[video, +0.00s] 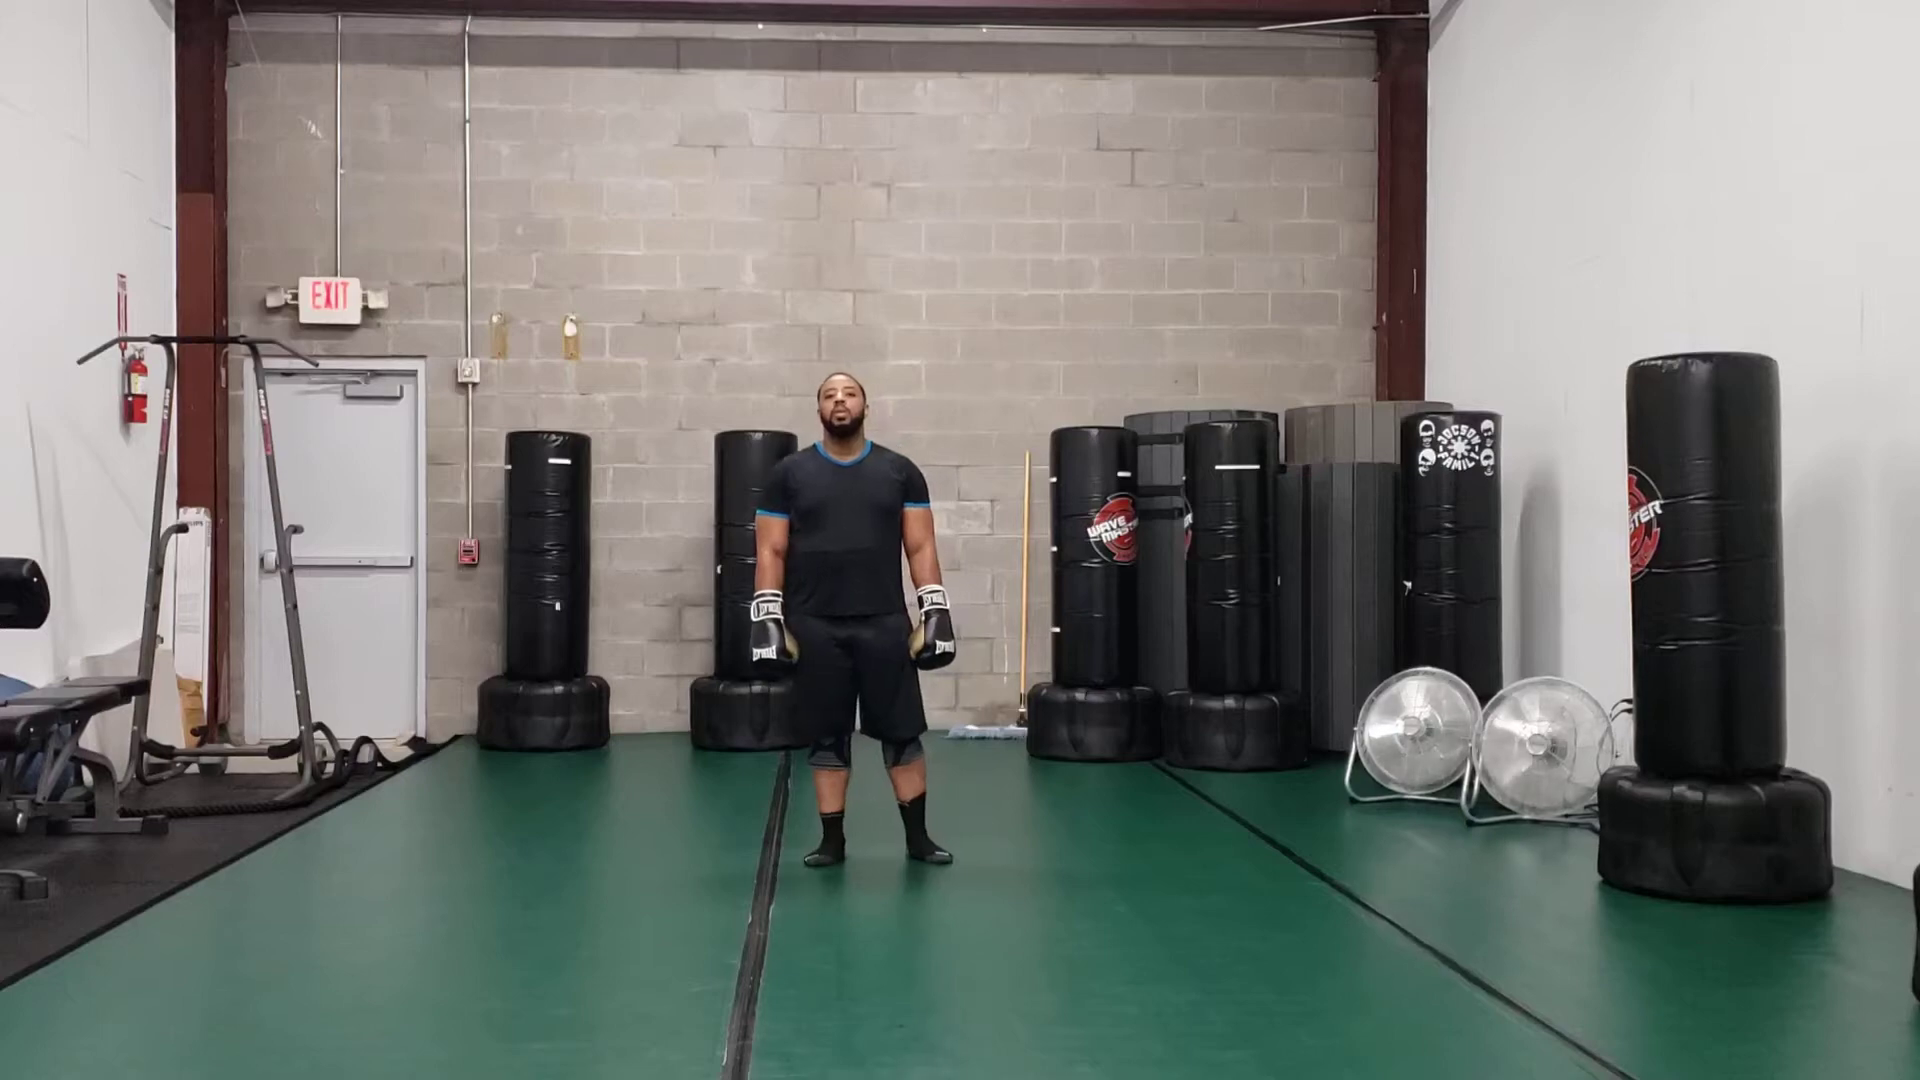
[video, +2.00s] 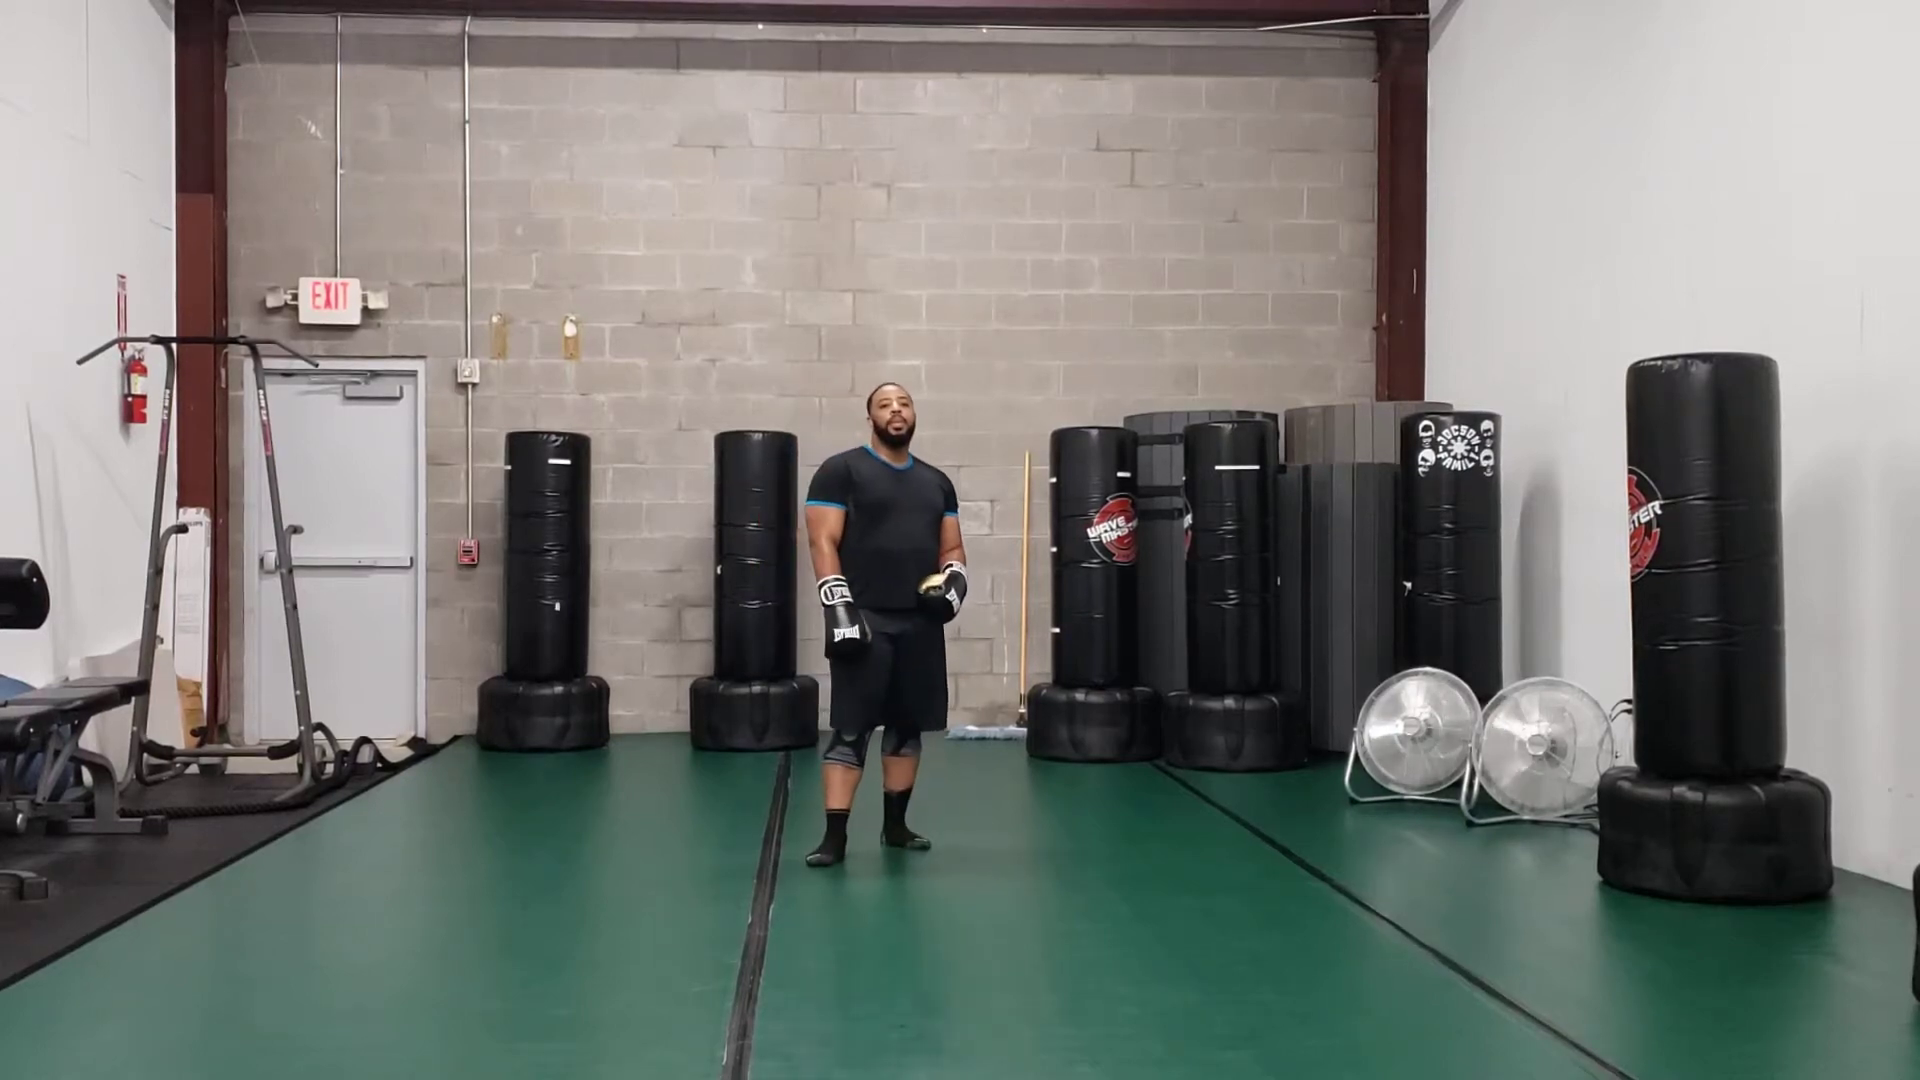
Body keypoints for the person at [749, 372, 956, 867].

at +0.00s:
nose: (840, 401)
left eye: (849, 395)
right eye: (830, 396)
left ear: (865, 409)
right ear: (819, 412)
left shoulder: (899, 472)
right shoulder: (789, 475)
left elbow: (920, 547)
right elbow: (771, 551)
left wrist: (935, 610)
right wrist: (765, 617)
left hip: (884, 626)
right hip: (815, 628)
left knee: (903, 736)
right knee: (826, 740)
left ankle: (918, 839)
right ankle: (832, 842)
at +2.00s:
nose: (896, 409)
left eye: (903, 403)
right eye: (885, 404)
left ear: (915, 417)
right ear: (870, 419)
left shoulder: (937, 482)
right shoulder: (841, 471)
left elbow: (951, 548)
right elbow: (822, 542)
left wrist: (952, 580)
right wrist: (838, 607)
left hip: (919, 621)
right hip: (861, 620)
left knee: (906, 727)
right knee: (850, 729)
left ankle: (895, 826)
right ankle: (833, 838)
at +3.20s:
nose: (826, 408)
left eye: (834, 401)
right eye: (816, 402)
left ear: (847, 414)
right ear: (803, 417)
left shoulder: (877, 475)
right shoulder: (773, 472)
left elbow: (895, 541)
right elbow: (746, 540)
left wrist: (883, 572)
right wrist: (790, 571)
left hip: (863, 617)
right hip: (798, 620)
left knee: (878, 724)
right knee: (795, 728)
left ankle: (893, 826)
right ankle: (788, 832)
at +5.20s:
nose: (844, 433)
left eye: (856, 424)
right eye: (836, 420)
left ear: (869, 422)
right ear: (819, 412)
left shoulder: (895, 477)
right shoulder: (778, 470)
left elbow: (917, 545)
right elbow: (747, 540)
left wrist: (896, 574)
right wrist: (774, 546)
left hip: (867, 632)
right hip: (795, 631)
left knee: (872, 743)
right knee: (781, 743)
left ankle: (869, 849)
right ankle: (768, 859)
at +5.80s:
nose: (770, 422)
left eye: (781, 412)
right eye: (760, 409)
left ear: (793, 409)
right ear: (740, 403)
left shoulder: (823, 467)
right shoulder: (697, 467)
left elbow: (852, 546)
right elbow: (663, 541)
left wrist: (877, 612)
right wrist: (699, 544)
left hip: (805, 633)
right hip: (732, 637)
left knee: (815, 749)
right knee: (746, 758)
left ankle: (826, 861)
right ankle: (754, 873)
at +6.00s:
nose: (763, 421)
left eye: (774, 411)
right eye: (753, 408)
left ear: (786, 409)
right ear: (732, 399)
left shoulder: (815, 471)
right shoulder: (685, 469)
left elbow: (833, 554)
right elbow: (657, 547)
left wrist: (847, 624)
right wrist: (693, 556)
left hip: (788, 636)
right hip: (718, 640)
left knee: (774, 752)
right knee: (735, 764)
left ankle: (760, 883)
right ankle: (751, 872)